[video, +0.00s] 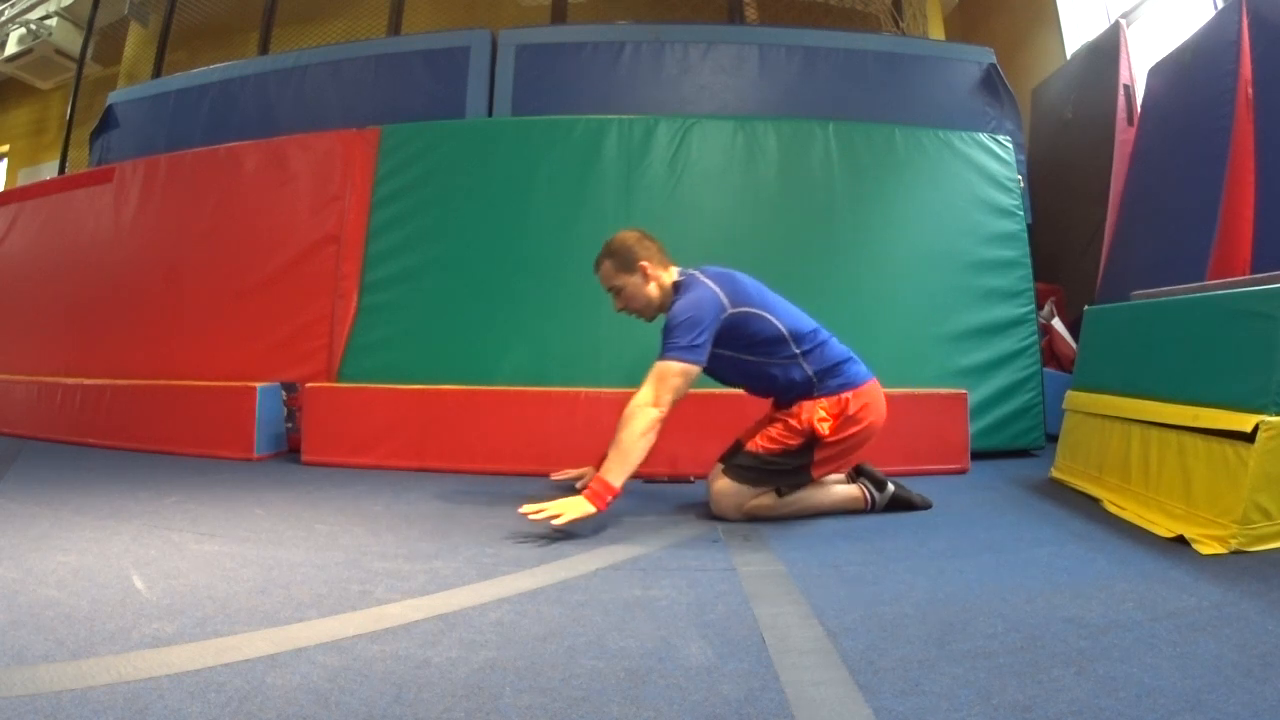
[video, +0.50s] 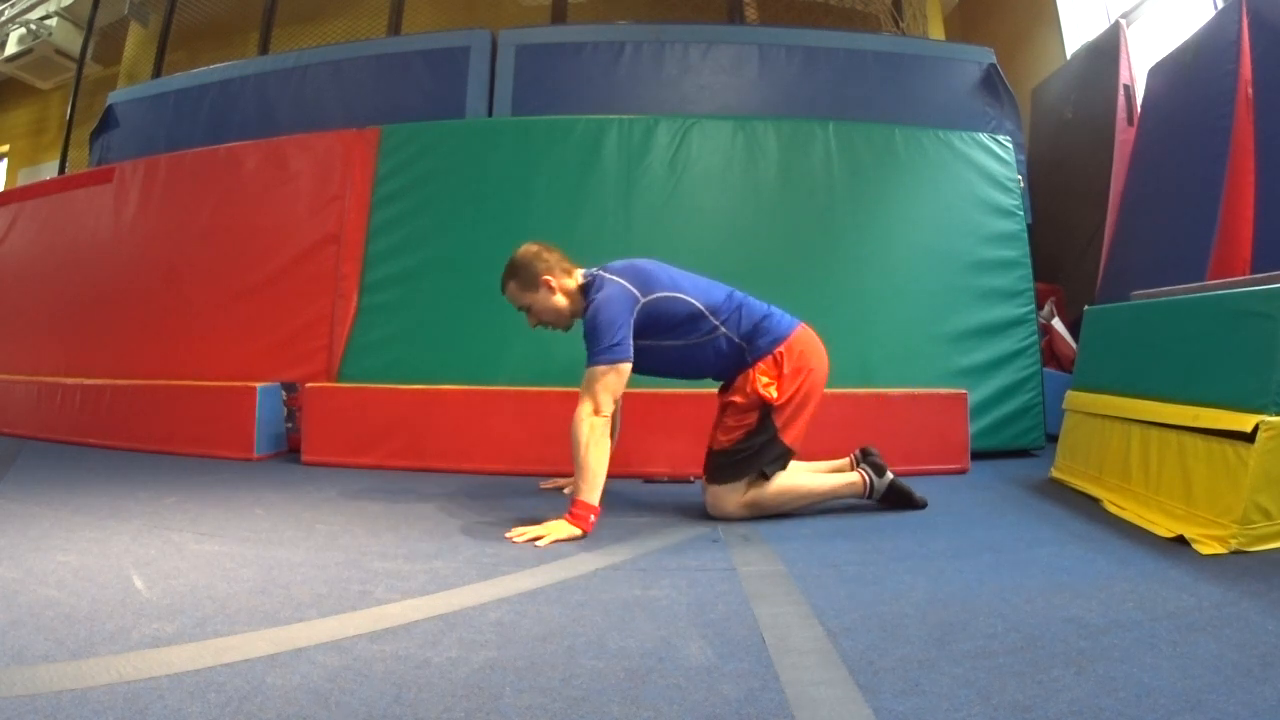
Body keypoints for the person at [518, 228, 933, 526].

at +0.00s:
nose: (617, 306)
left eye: (618, 291)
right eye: (612, 296)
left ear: (649, 272)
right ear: (650, 273)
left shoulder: (698, 301)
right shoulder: (692, 292)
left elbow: (655, 405)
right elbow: (652, 398)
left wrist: (599, 494)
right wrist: (604, 469)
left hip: (838, 402)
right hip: (820, 395)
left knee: (729, 500)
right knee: (724, 484)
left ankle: (865, 495)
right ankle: (853, 482)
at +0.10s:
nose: (597, 313)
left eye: (596, 300)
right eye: (591, 304)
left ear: (626, 277)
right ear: (626, 278)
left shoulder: (676, 303)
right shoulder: (671, 296)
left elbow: (634, 409)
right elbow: (634, 402)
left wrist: (584, 501)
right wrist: (589, 473)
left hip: (827, 390)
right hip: (806, 385)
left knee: (729, 500)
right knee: (726, 484)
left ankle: (865, 493)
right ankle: (851, 481)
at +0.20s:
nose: (578, 316)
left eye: (576, 303)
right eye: (572, 307)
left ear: (606, 282)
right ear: (608, 281)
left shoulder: (655, 304)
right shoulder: (650, 293)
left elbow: (620, 412)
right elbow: (622, 400)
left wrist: (580, 508)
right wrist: (587, 475)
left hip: (814, 380)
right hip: (806, 373)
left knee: (728, 499)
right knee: (732, 486)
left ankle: (866, 490)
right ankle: (856, 478)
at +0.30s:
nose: (561, 317)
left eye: (559, 305)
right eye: (555, 309)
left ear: (586, 283)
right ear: (587, 280)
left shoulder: (634, 301)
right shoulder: (634, 292)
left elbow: (611, 412)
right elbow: (615, 400)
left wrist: (583, 513)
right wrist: (587, 474)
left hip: (801, 372)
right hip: (797, 366)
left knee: (727, 501)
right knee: (737, 481)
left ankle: (865, 490)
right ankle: (855, 470)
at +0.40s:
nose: (546, 321)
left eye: (542, 308)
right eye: (539, 313)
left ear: (570, 285)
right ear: (571, 283)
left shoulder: (620, 302)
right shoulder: (618, 291)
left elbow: (604, 412)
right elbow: (609, 401)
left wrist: (582, 514)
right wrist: (588, 472)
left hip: (789, 362)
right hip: (786, 357)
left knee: (725, 501)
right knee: (737, 483)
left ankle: (862, 486)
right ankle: (855, 469)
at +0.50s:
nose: (530, 322)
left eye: (526, 309)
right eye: (523, 313)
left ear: (554, 286)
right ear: (557, 283)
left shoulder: (610, 299)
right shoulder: (606, 289)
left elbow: (594, 410)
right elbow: (605, 401)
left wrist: (582, 516)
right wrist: (588, 473)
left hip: (779, 357)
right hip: (775, 352)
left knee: (726, 500)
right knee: (737, 482)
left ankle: (862, 483)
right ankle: (855, 469)